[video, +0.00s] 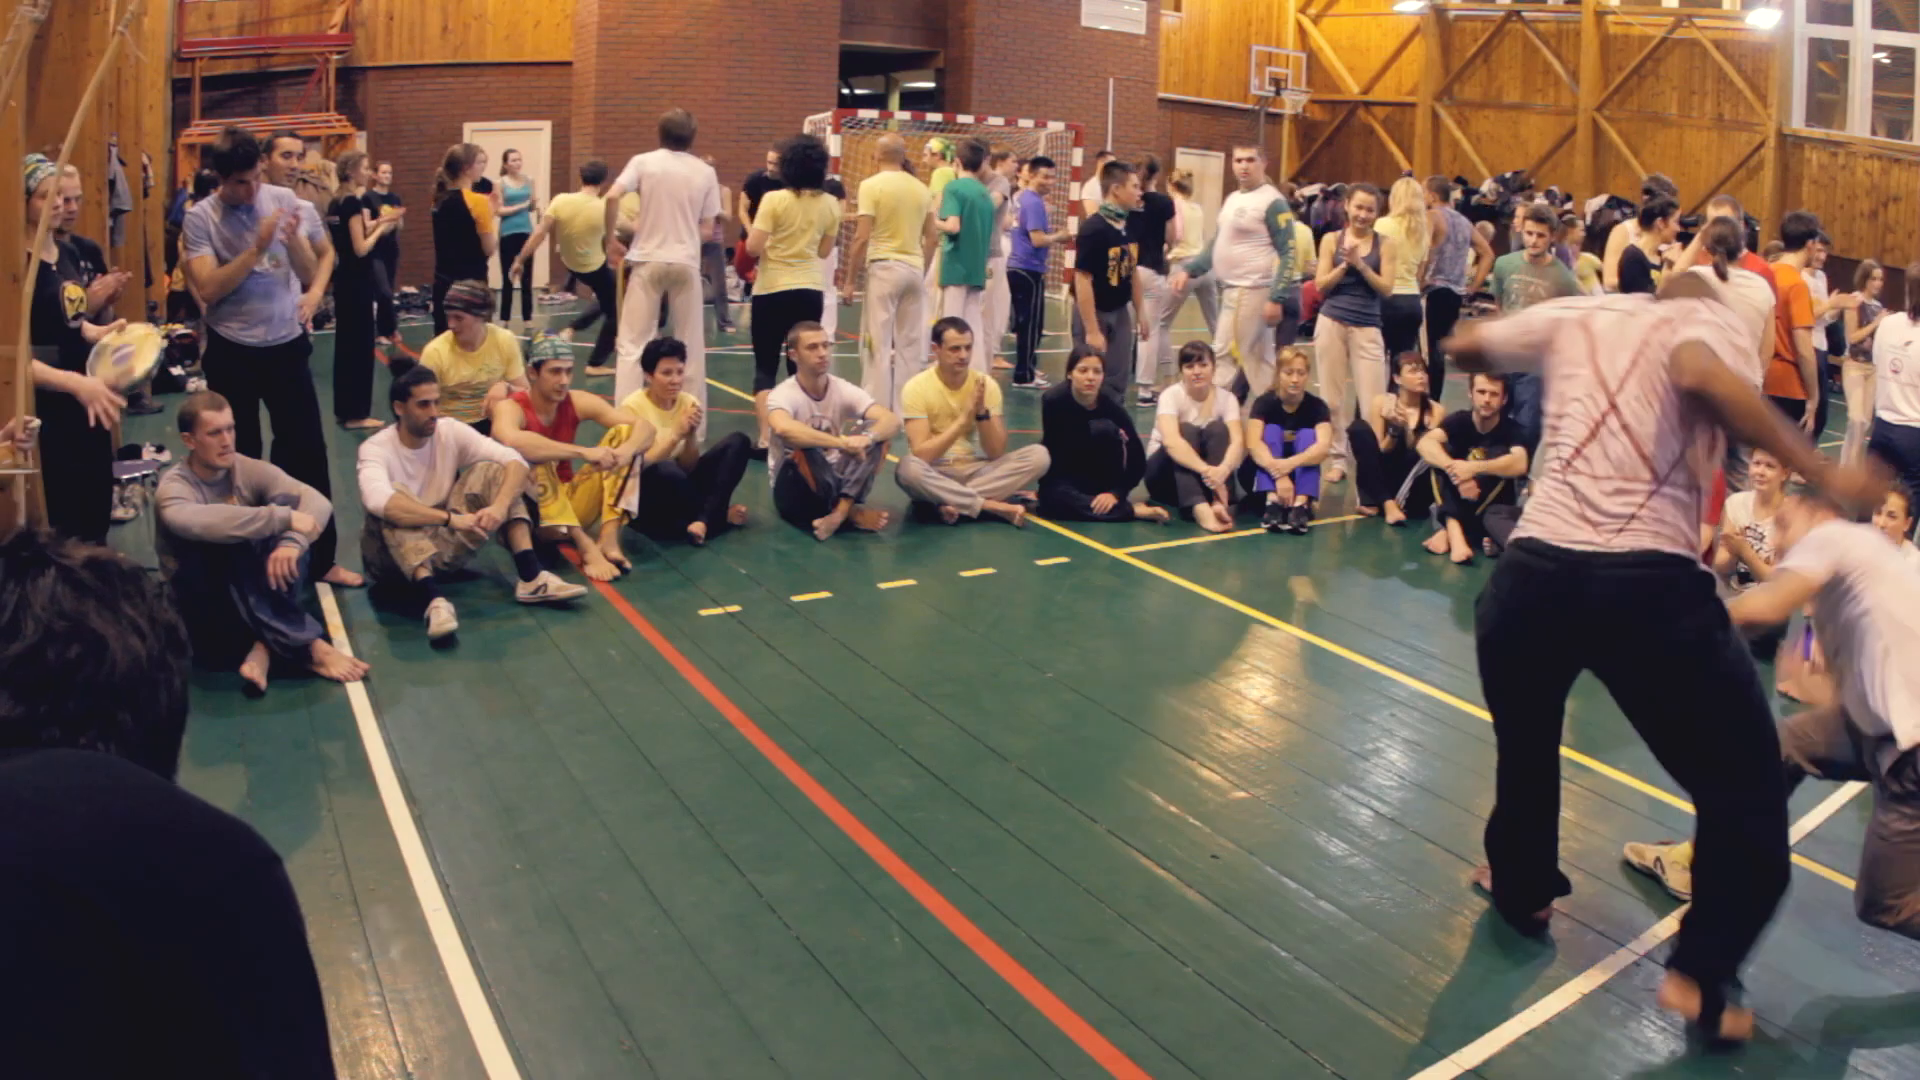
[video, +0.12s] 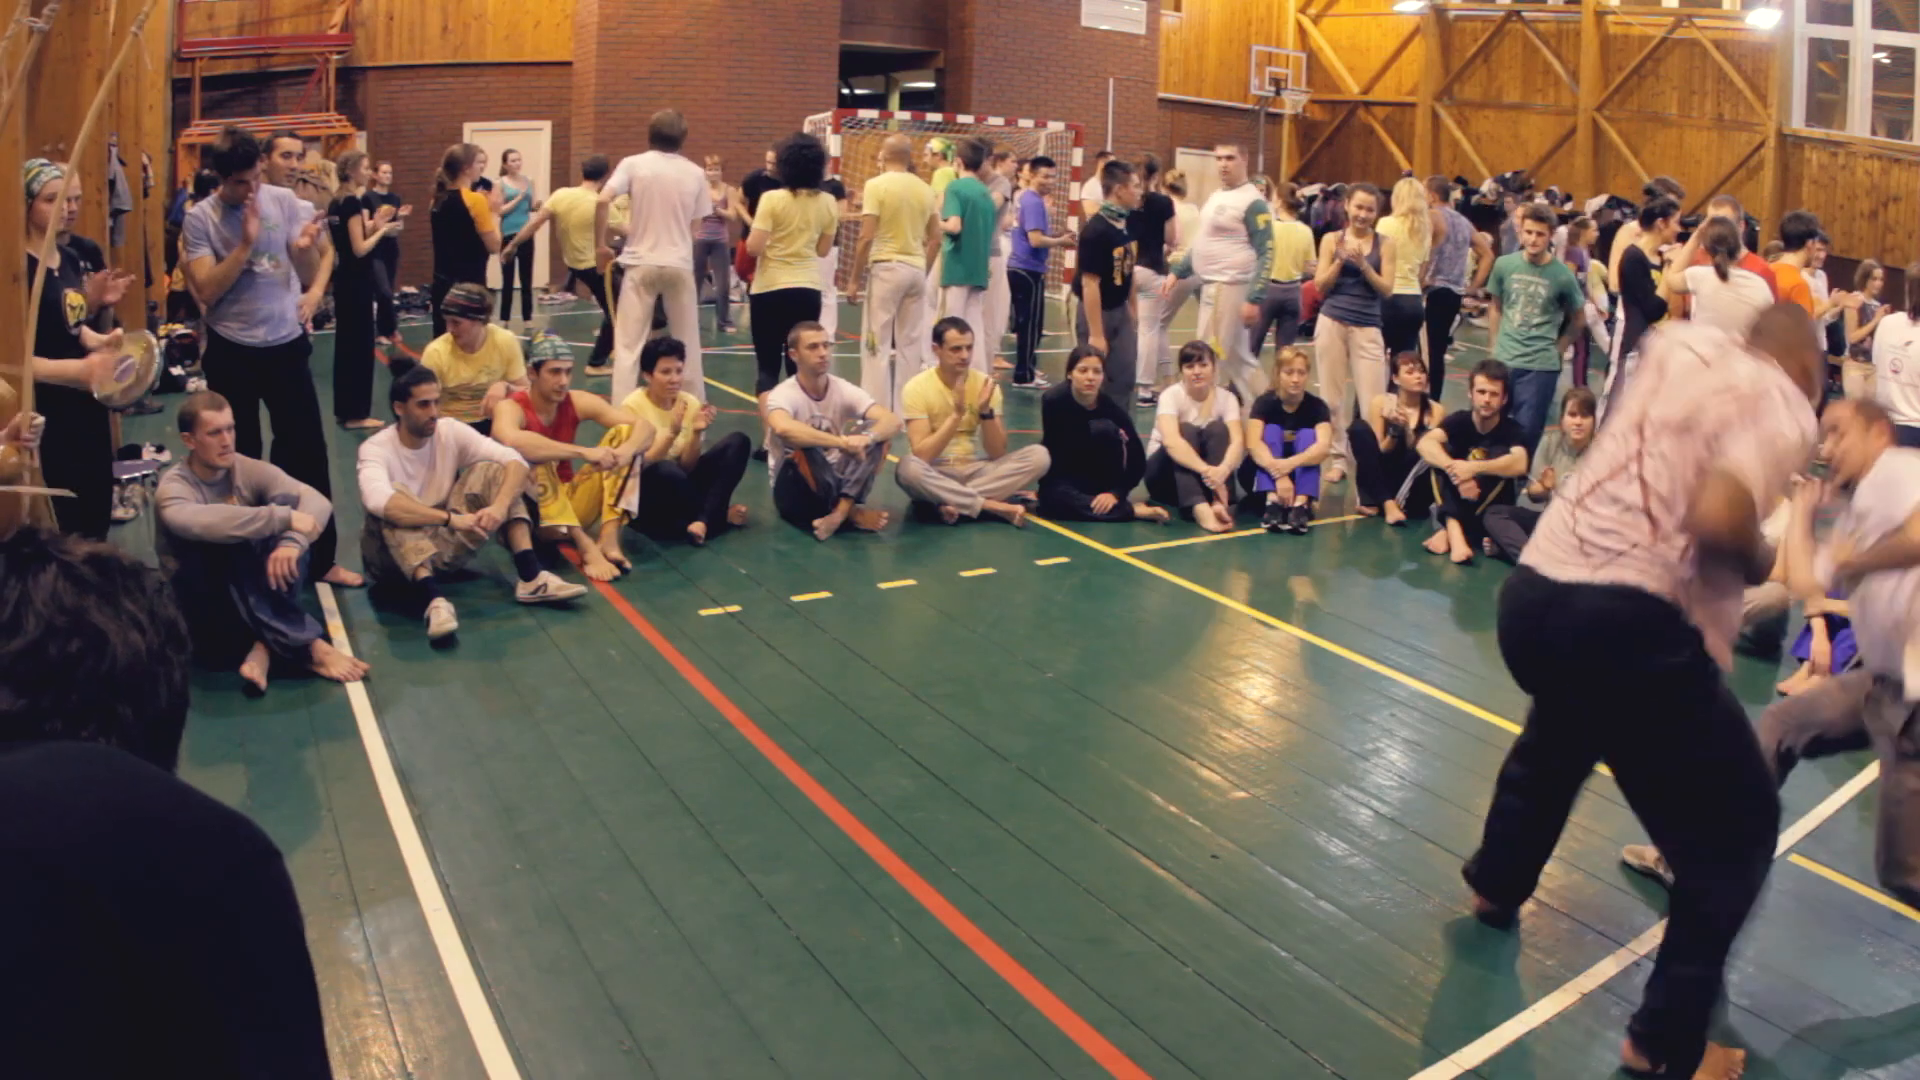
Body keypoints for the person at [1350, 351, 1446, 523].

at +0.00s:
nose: (1421, 376)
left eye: (1423, 370)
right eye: (1413, 371)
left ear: (1428, 375)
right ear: (1397, 378)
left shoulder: (1436, 410)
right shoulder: (1381, 403)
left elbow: (1426, 452)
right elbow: (1379, 452)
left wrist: (1411, 430)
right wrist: (1393, 431)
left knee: (1429, 450)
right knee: (1358, 427)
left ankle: (1374, 501)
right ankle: (1387, 501)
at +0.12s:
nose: (1418, 376)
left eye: (1421, 371)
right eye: (1410, 372)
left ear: (1427, 376)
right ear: (1396, 379)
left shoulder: (1436, 410)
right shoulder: (1381, 403)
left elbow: (1424, 452)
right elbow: (1379, 451)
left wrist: (1409, 429)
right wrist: (1394, 431)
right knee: (1359, 427)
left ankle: (1375, 501)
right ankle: (1387, 501)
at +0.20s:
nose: (1417, 377)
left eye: (1420, 371)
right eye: (1408, 372)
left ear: (1426, 376)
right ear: (1395, 379)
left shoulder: (1436, 410)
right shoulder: (1381, 403)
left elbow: (1426, 452)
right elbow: (1379, 451)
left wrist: (1410, 431)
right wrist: (1394, 432)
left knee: (1426, 450)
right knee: (1358, 427)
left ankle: (1374, 501)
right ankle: (1388, 501)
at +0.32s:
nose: (1413, 377)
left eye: (1417, 371)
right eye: (1405, 373)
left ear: (1424, 377)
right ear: (1394, 381)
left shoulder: (1436, 410)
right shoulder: (1380, 403)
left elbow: (1427, 452)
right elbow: (1380, 451)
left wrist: (1411, 431)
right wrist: (1394, 432)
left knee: (1424, 450)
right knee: (1359, 427)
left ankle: (1375, 501)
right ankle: (1388, 501)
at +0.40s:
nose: (1410, 377)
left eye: (1415, 371)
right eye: (1403, 373)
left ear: (1422, 376)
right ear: (1393, 381)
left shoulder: (1435, 410)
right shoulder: (1380, 403)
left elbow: (1425, 452)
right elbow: (1380, 451)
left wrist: (1410, 431)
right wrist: (1394, 431)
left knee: (1425, 450)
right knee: (1359, 427)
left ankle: (1374, 501)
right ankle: (1388, 501)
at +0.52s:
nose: (1407, 379)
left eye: (1412, 373)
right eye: (1399, 375)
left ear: (1421, 377)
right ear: (1391, 381)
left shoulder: (1435, 410)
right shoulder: (1380, 404)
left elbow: (1423, 452)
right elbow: (1380, 452)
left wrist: (1409, 431)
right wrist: (1394, 431)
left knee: (1423, 451)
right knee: (1359, 427)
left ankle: (1375, 501)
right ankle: (1388, 501)